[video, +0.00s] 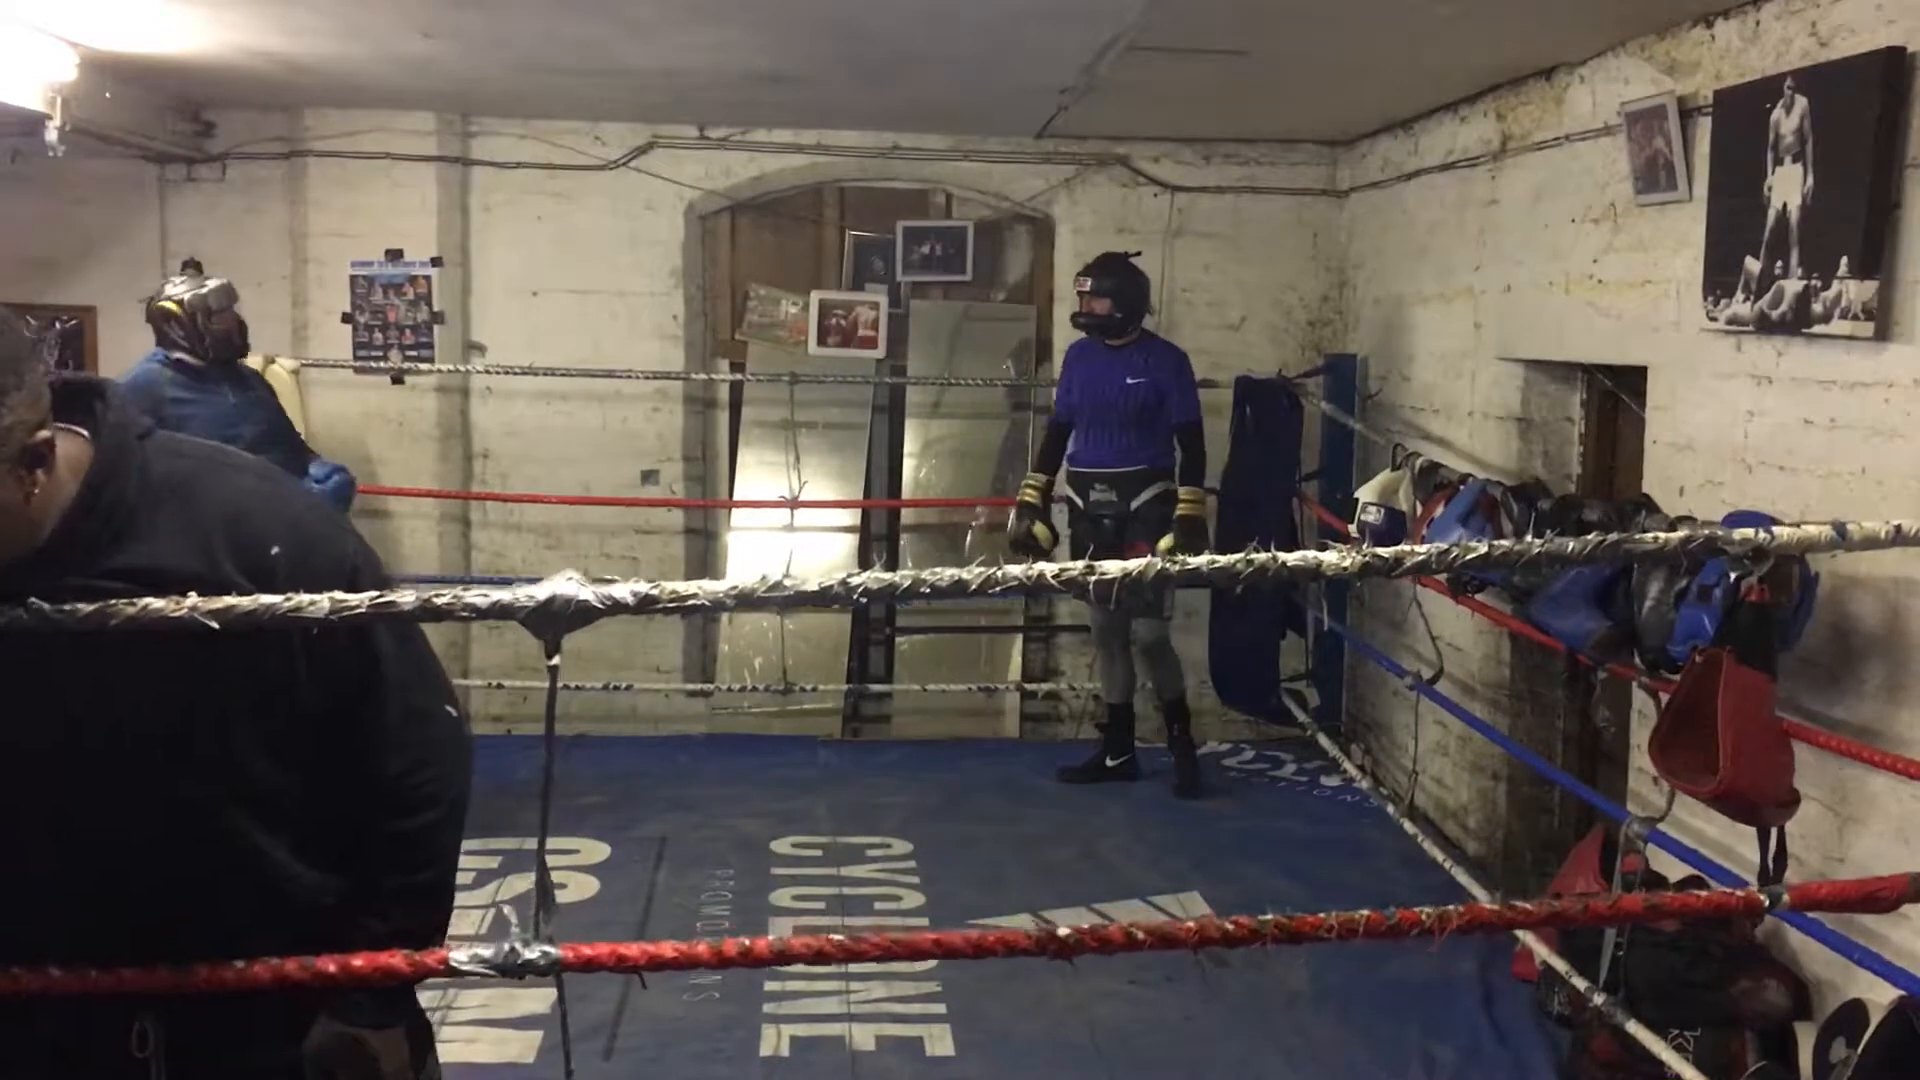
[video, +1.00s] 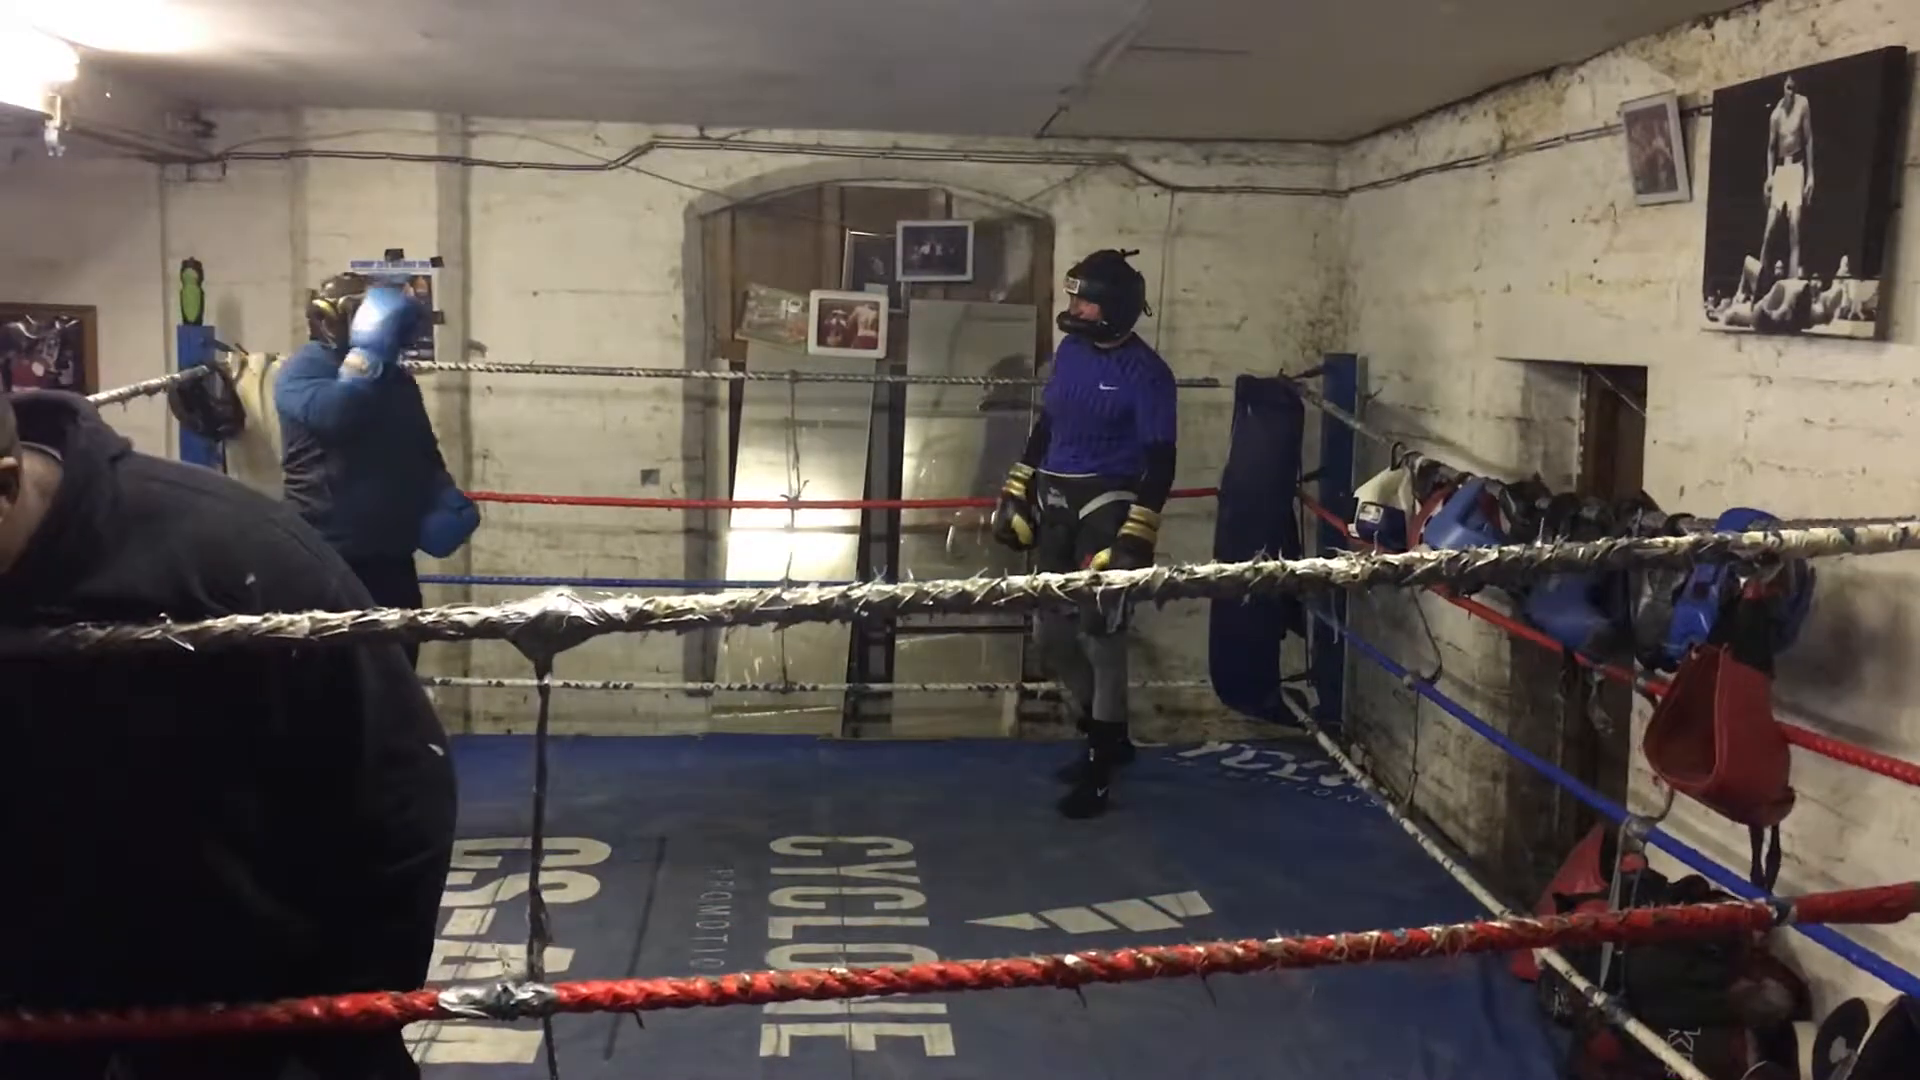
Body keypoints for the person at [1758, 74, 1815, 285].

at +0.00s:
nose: (1789, 93)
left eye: (1792, 90)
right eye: (1787, 89)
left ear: (1797, 90)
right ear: (1783, 89)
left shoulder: (1802, 105)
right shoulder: (1775, 115)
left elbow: (1809, 139)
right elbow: (1771, 146)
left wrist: (1810, 175)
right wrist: (1769, 175)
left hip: (1797, 163)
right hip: (1779, 164)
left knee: (1794, 218)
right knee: (1771, 218)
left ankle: (1794, 268)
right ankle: (1762, 266)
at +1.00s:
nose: (1789, 92)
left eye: (1792, 89)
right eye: (1787, 88)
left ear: (1796, 90)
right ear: (1783, 88)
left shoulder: (1802, 104)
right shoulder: (1776, 114)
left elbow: (1809, 139)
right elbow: (1771, 146)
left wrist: (1810, 175)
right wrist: (1769, 175)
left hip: (1797, 163)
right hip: (1780, 165)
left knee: (1794, 219)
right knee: (1771, 219)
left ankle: (1794, 267)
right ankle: (1762, 265)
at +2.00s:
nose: (1788, 93)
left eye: (1791, 89)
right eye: (1787, 89)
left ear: (1796, 90)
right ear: (1782, 89)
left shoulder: (1801, 104)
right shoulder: (1775, 115)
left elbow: (1808, 139)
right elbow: (1770, 146)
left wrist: (1810, 174)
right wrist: (1769, 175)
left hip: (1797, 163)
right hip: (1780, 164)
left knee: (1794, 221)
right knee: (1771, 222)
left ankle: (1794, 270)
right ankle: (1761, 269)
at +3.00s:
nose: (1789, 92)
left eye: (1792, 88)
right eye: (1787, 88)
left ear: (1796, 89)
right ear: (1783, 89)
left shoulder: (1801, 104)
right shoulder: (1775, 114)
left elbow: (1808, 139)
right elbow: (1771, 146)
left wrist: (1810, 175)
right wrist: (1769, 175)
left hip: (1797, 164)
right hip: (1780, 165)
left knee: (1794, 221)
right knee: (1771, 221)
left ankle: (1794, 269)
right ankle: (1762, 269)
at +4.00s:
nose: (1788, 92)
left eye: (1791, 89)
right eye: (1787, 88)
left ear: (1795, 90)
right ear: (1783, 89)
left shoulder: (1801, 105)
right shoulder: (1775, 115)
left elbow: (1808, 139)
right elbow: (1771, 146)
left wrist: (1810, 174)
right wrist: (1769, 176)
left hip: (1797, 164)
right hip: (1779, 165)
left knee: (1794, 220)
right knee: (1771, 221)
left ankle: (1794, 269)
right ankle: (1762, 269)